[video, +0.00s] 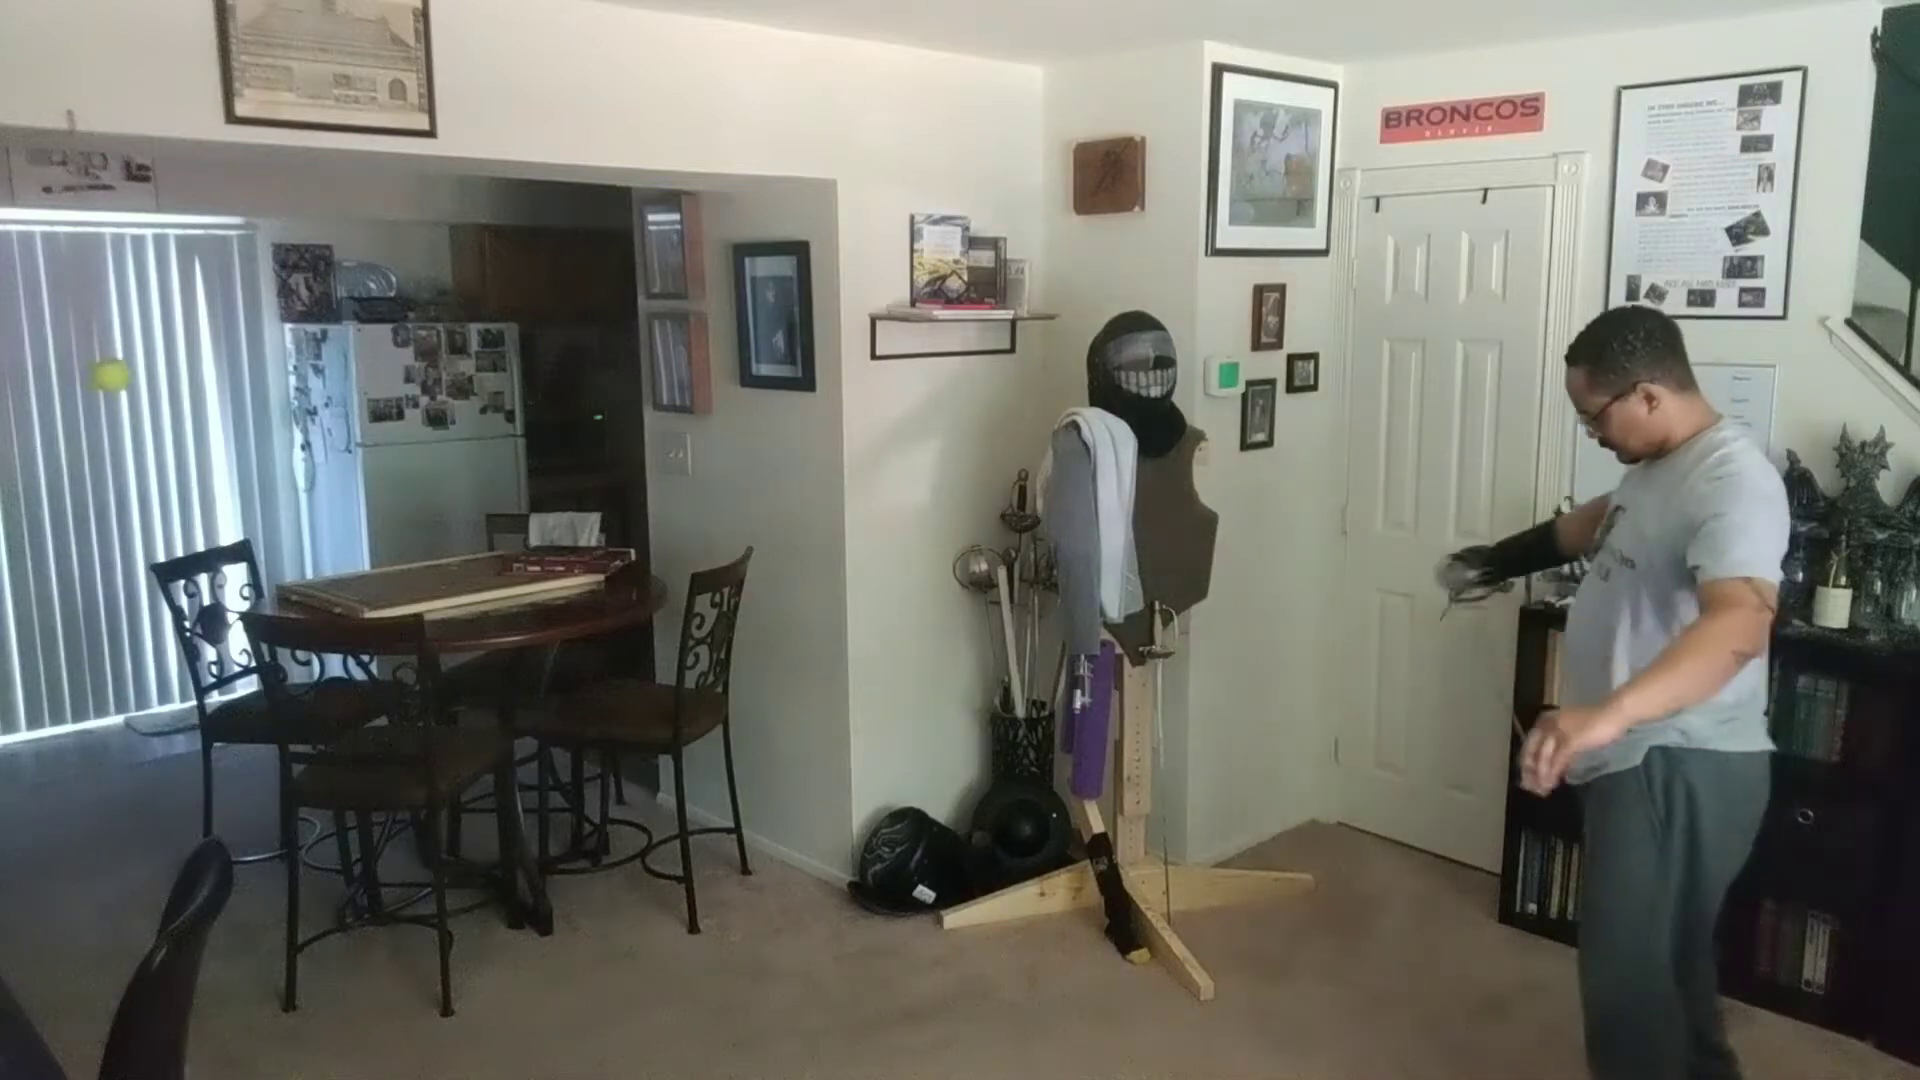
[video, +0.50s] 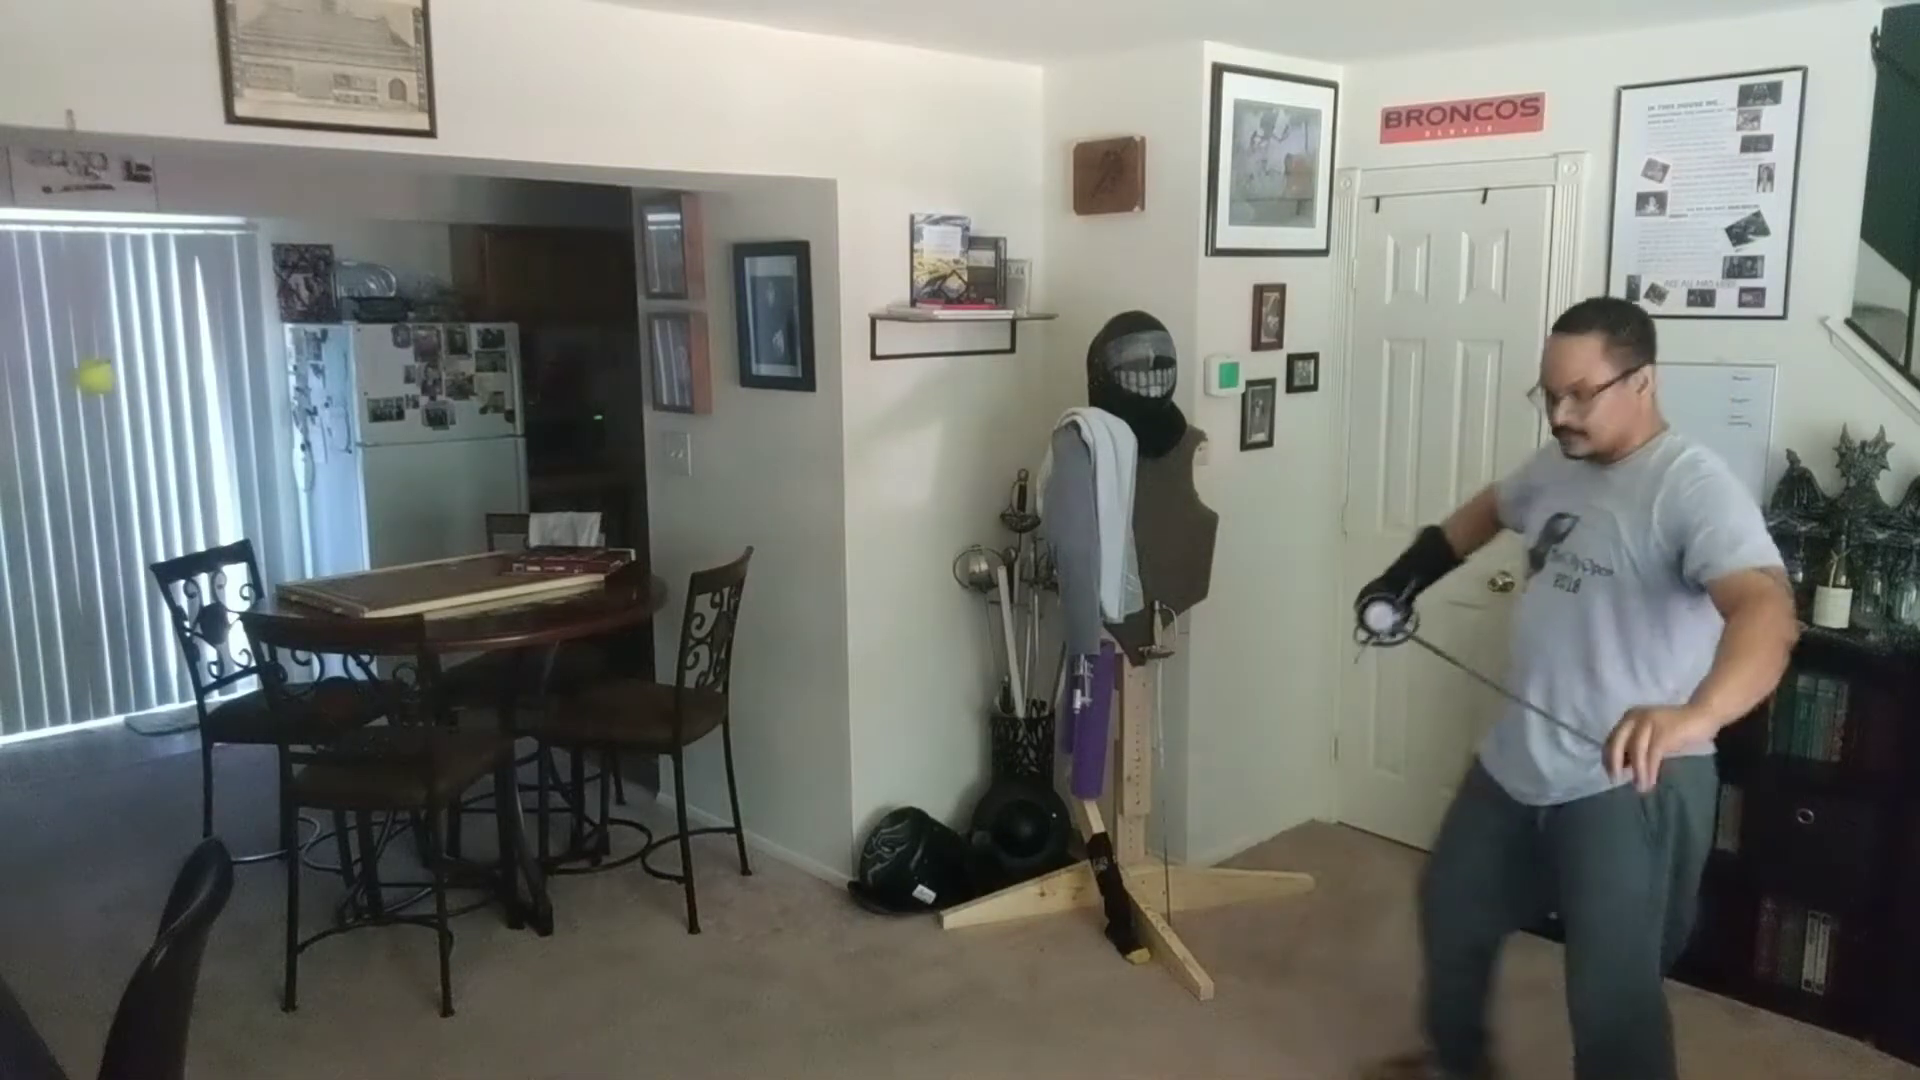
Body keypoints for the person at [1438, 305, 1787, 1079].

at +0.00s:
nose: (1594, 434)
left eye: (1596, 417)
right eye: (1587, 421)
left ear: (1648, 394)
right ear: (1650, 393)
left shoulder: (1732, 475)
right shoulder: (1662, 470)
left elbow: (1739, 624)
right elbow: (1591, 526)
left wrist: (1606, 715)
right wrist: (1501, 558)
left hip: (1676, 775)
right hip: (1637, 765)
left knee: (1629, 984)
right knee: (1666, 963)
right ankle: (1700, 1064)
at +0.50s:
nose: (1560, 415)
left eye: (1578, 394)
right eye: (1551, 395)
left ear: (1642, 383)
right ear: (1542, 387)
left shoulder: (1693, 484)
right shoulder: (1556, 466)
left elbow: (1768, 615)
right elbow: (1487, 513)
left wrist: (1700, 713)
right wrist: (1406, 576)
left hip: (1634, 782)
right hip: (1520, 757)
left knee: (1613, 990)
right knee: (1452, 907)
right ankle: (1456, 1060)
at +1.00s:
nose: (1459, 377)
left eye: (1483, 362)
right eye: (1442, 360)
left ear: (1515, 375)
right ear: (1423, 370)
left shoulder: (1562, 491)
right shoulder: (1363, 480)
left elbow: (1624, 638)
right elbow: (1318, 616)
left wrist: (1631, 788)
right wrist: (1280, 750)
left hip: (1509, 773)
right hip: (1374, 767)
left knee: (1546, 971)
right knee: (1326, 957)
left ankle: (1591, 1078)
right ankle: (1319, 1070)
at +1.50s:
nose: (1388, 369)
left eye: (1405, 351)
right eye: (1367, 355)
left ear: (1430, 360)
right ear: (1344, 369)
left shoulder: (1478, 457)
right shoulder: (1304, 487)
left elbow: (1505, 542)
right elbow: (1282, 635)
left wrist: (1461, 631)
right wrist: (1311, 655)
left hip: (1437, 736)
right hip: (1332, 743)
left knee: (1400, 912)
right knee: (1322, 922)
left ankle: (1370, 1049)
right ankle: (1316, 1063)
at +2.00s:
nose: (1385, 370)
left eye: (1400, 352)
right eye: (1363, 357)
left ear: (1423, 360)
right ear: (1338, 370)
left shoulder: (1472, 459)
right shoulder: (1298, 489)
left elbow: (1484, 555)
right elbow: (1282, 636)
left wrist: (1454, 609)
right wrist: (1324, 628)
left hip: (1429, 728)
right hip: (1327, 733)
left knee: (1393, 907)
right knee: (1315, 911)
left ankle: (1364, 1053)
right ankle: (1313, 1062)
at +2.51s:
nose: (1391, 365)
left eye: (1406, 347)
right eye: (1370, 352)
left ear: (1428, 355)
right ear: (1345, 367)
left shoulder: (1479, 458)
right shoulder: (1309, 471)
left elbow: (1503, 556)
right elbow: (1249, 589)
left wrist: (1453, 625)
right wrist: (1176, 707)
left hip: (1436, 726)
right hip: (1332, 727)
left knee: (1395, 908)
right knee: (1319, 909)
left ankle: (1365, 1053)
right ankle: (1313, 1062)